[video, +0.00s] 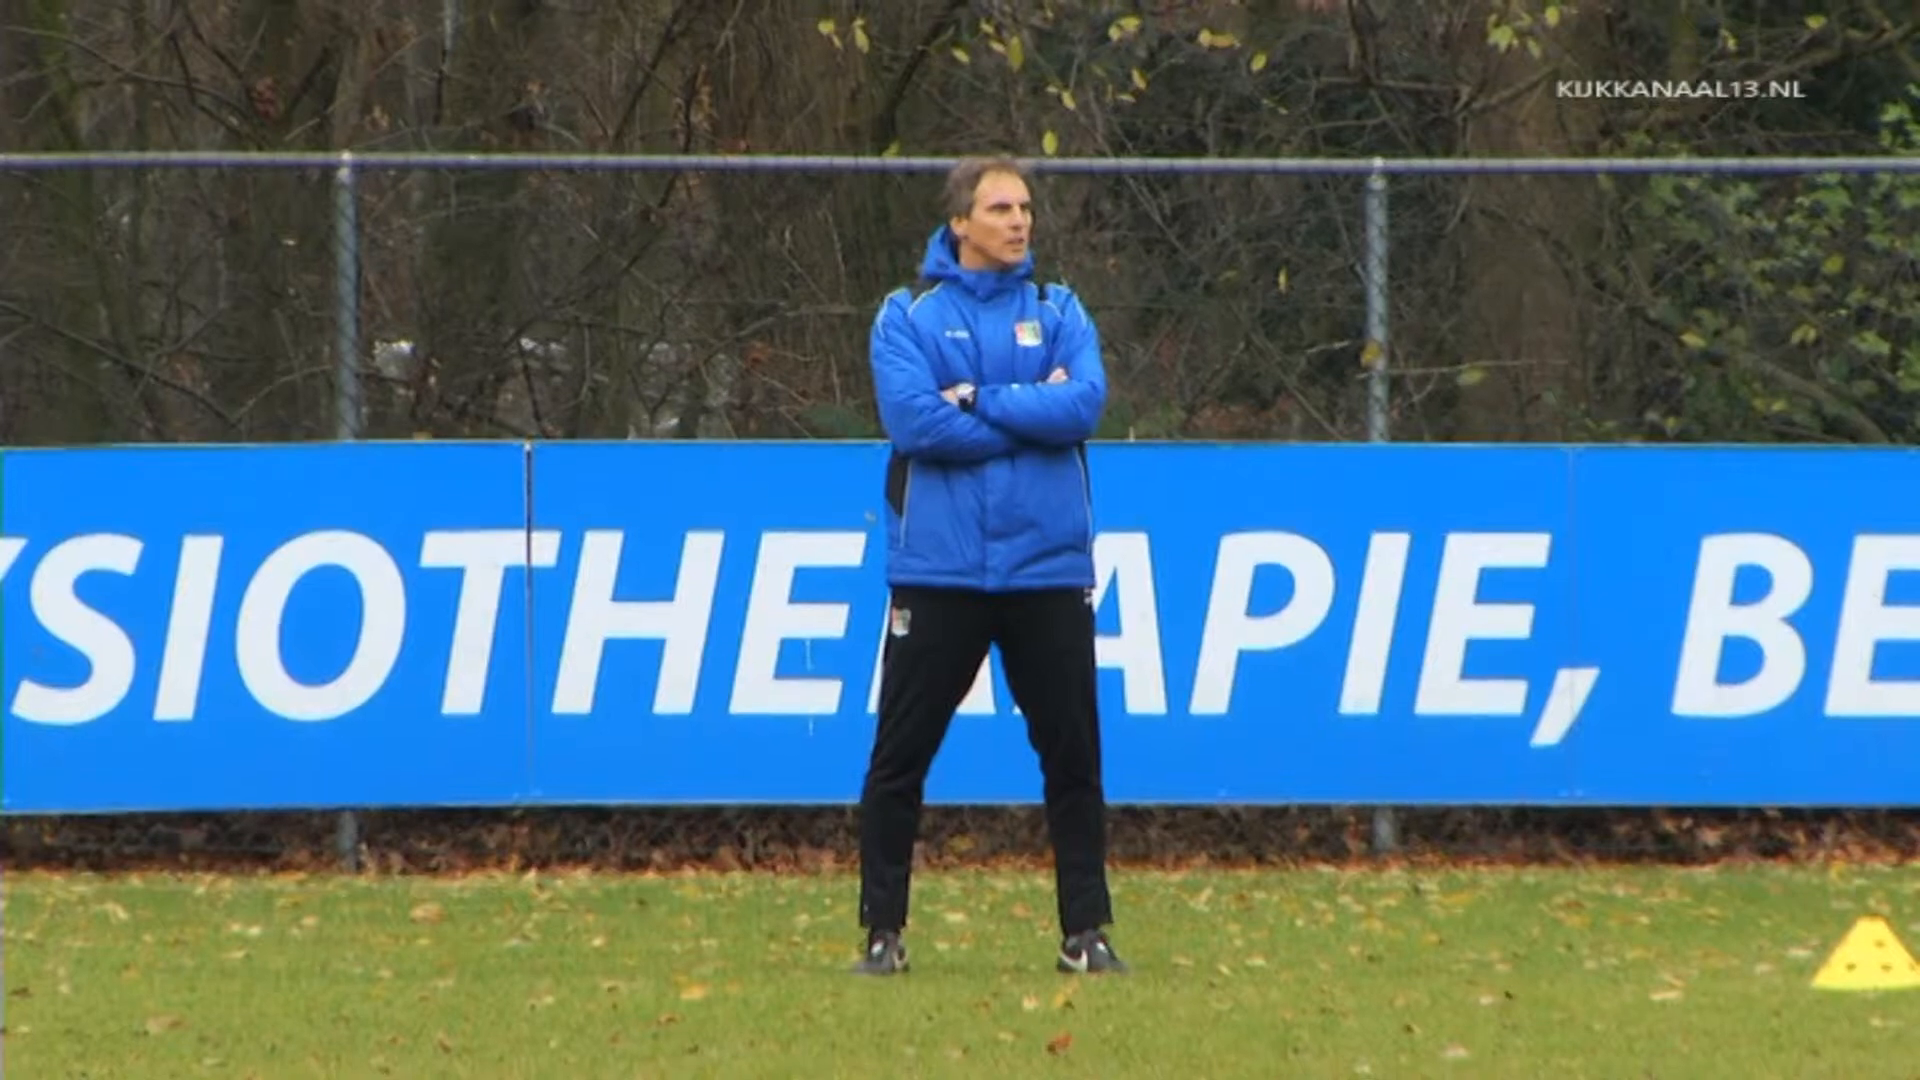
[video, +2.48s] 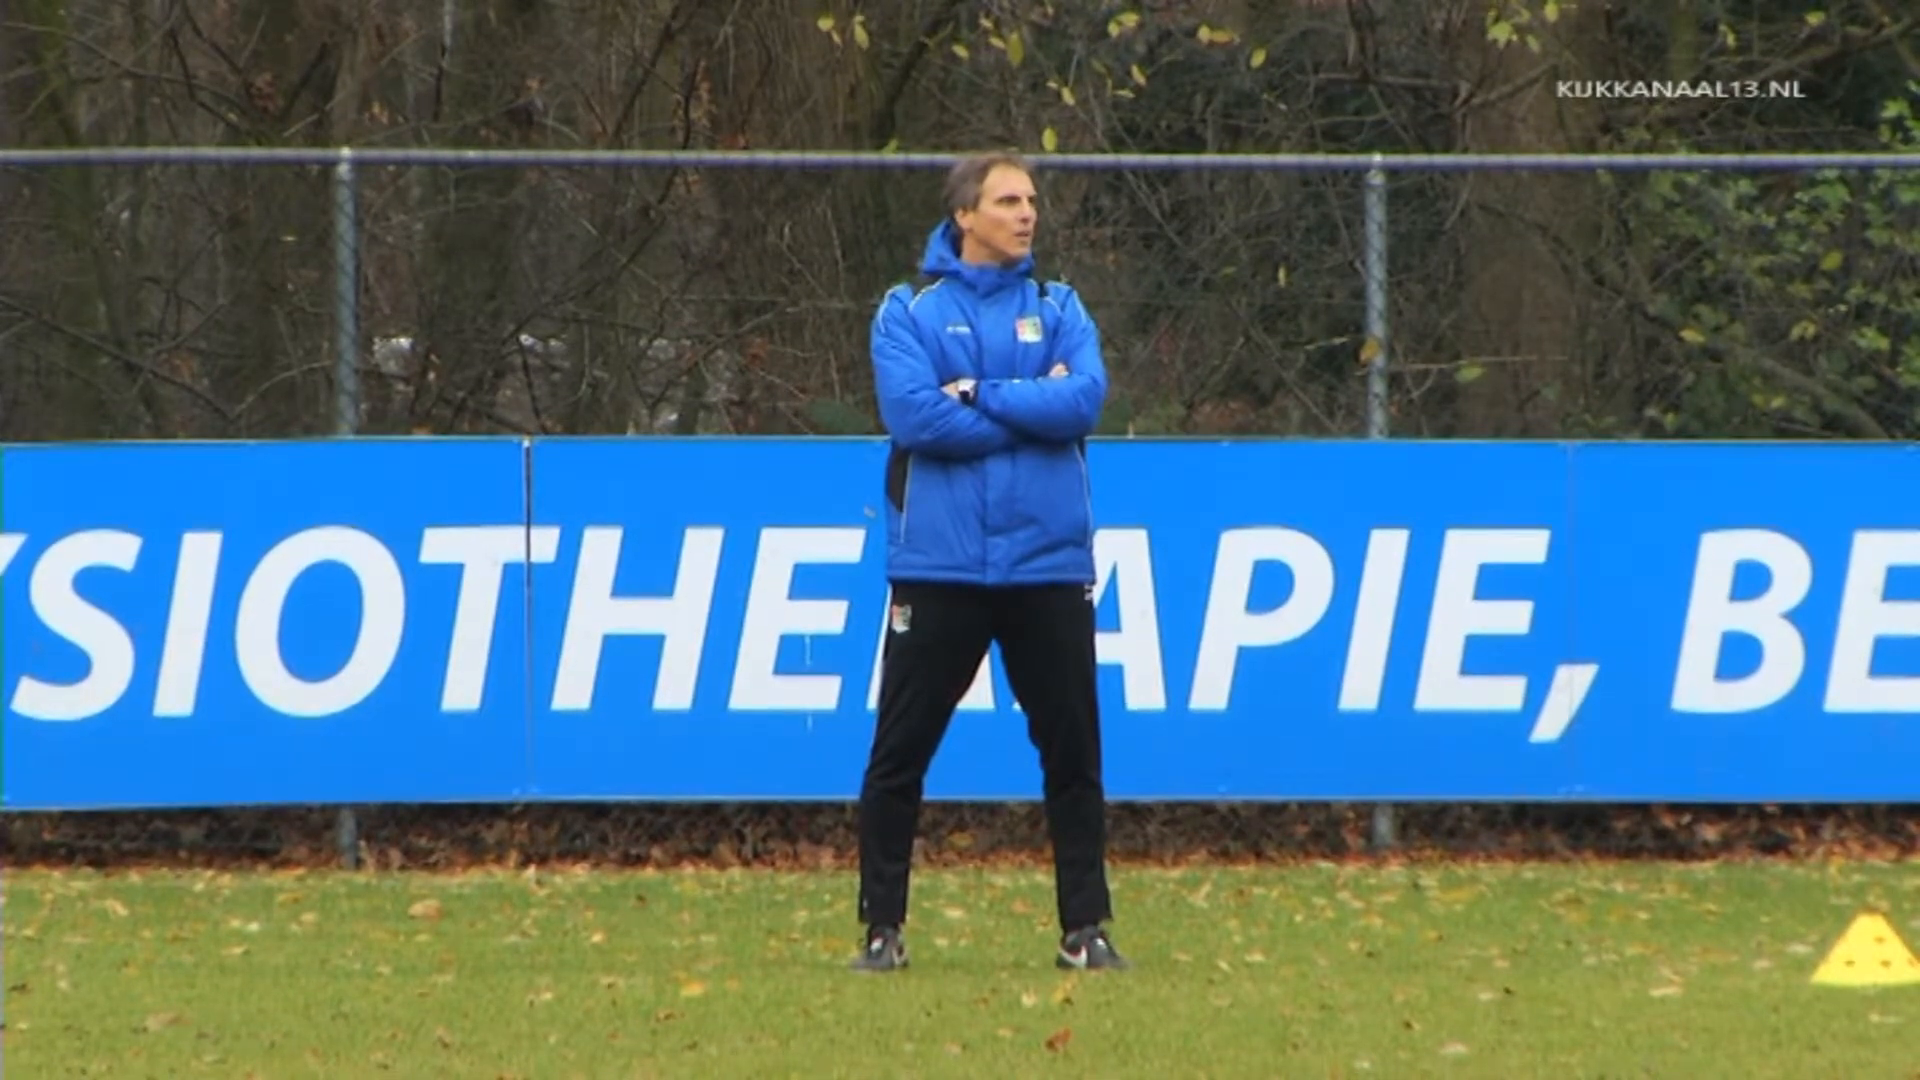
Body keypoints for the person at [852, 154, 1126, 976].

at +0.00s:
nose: (1018, 220)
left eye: (1024, 209)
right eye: (1000, 209)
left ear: (1032, 222)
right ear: (960, 224)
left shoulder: (1059, 309)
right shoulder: (906, 315)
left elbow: (1083, 405)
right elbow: (917, 427)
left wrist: (975, 396)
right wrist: (1026, 418)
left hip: (1049, 571)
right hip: (940, 573)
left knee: (1073, 753)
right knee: (902, 755)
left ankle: (1085, 933)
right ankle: (882, 932)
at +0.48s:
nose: (1017, 215)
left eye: (1023, 204)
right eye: (999, 205)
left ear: (1031, 217)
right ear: (958, 220)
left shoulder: (1058, 304)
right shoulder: (905, 311)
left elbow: (1082, 401)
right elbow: (917, 424)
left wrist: (973, 392)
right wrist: (1026, 413)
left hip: (1050, 566)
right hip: (941, 568)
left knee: (1073, 750)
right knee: (901, 751)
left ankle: (1085, 930)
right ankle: (882, 929)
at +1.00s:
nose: (1017, 216)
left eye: (1022, 205)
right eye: (998, 206)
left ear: (1030, 218)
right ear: (957, 222)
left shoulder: (1057, 305)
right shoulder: (904, 312)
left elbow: (1081, 403)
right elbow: (916, 426)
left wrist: (972, 394)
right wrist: (1026, 414)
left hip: (1050, 568)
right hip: (941, 570)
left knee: (1073, 751)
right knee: (901, 753)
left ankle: (1085, 932)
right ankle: (882, 930)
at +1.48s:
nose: (1014, 216)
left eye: (1020, 204)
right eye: (996, 205)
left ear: (1028, 217)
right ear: (955, 221)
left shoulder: (1056, 305)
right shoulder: (903, 313)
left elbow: (1081, 402)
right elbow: (916, 425)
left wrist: (972, 393)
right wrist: (1026, 413)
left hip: (1049, 567)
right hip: (941, 570)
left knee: (1073, 751)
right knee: (901, 752)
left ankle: (1085, 931)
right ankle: (881, 929)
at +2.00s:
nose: (1018, 213)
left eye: (1023, 201)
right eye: (1000, 202)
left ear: (1029, 216)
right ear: (957, 219)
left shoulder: (1056, 304)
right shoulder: (903, 311)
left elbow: (1080, 401)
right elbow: (917, 424)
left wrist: (971, 391)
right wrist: (1026, 412)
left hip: (1049, 567)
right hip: (940, 570)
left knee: (1073, 751)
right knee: (901, 752)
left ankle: (1085, 931)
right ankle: (882, 929)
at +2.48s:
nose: (1028, 214)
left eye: (1032, 202)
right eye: (1010, 202)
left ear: (1033, 217)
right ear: (965, 218)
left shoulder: (1059, 306)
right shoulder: (906, 310)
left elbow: (1083, 402)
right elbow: (917, 423)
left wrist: (975, 391)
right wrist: (1027, 412)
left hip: (1050, 567)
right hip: (941, 569)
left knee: (1073, 750)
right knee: (901, 752)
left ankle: (1085, 931)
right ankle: (882, 929)